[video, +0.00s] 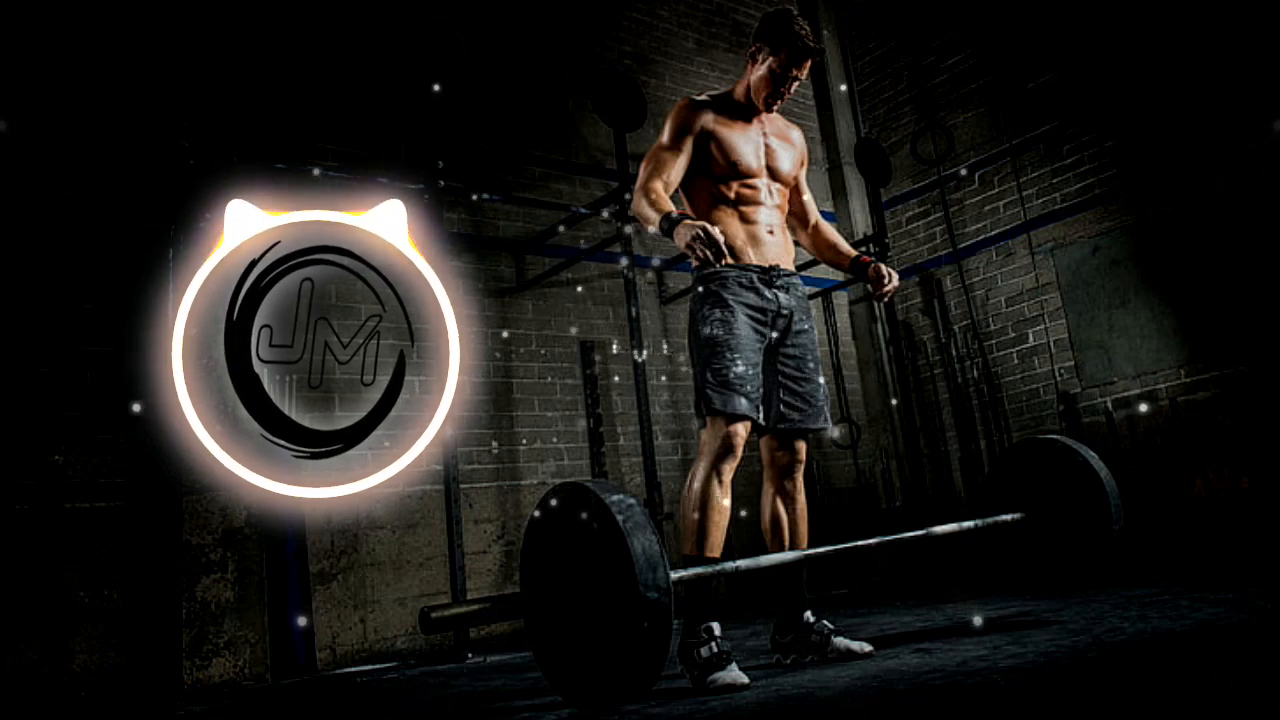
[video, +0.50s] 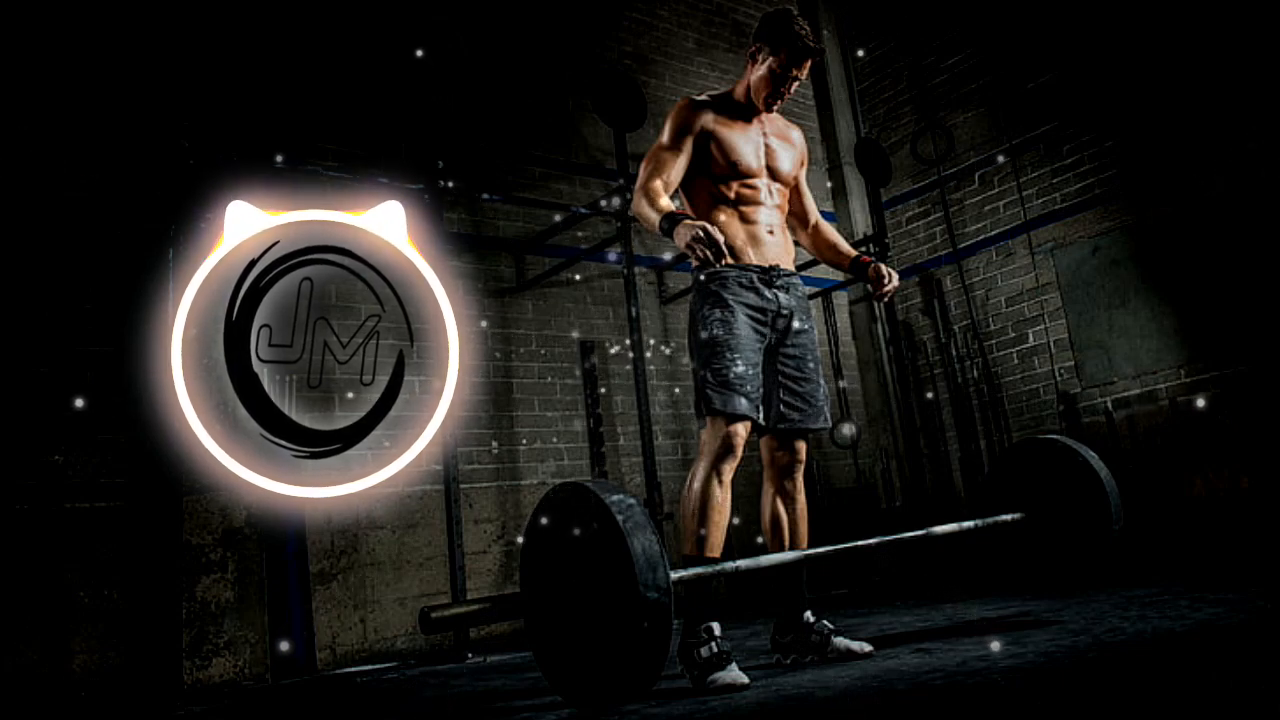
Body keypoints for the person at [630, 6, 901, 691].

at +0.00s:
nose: (789, 89)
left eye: (799, 79)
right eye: (787, 73)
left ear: (800, 76)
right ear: (756, 57)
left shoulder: (792, 137)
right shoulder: (698, 115)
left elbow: (807, 223)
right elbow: (645, 197)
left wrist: (860, 264)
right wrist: (675, 226)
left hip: (791, 297)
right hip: (731, 292)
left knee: (790, 455)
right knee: (730, 437)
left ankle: (798, 624)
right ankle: (699, 634)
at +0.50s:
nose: (789, 89)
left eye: (799, 79)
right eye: (787, 73)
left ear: (801, 76)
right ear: (756, 57)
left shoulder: (792, 137)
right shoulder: (698, 115)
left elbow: (808, 224)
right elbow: (646, 197)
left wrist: (860, 264)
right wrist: (675, 226)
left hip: (790, 297)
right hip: (730, 293)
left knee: (790, 455)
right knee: (730, 438)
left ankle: (797, 624)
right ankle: (699, 634)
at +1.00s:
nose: (789, 89)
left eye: (799, 79)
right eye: (787, 73)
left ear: (800, 76)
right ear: (756, 57)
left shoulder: (792, 137)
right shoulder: (697, 116)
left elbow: (808, 224)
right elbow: (646, 198)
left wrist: (860, 264)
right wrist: (676, 226)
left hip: (791, 297)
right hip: (731, 292)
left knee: (790, 455)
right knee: (729, 437)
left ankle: (797, 624)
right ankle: (699, 634)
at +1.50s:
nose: (788, 90)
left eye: (798, 80)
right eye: (785, 74)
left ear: (800, 77)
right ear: (756, 58)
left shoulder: (792, 137)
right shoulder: (697, 116)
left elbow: (809, 224)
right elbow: (645, 198)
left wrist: (860, 265)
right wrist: (674, 226)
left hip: (790, 297)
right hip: (730, 293)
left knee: (790, 454)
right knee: (729, 438)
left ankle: (797, 624)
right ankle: (699, 634)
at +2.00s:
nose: (789, 89)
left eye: (799, 79)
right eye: (786, 72)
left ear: (801, 76)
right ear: (756, 57)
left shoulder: (792, 137)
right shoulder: (697, 115)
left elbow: (808, 224)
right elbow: (646, 197)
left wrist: (860, 264)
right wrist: (677, 225)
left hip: (791, 297)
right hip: (731, 292)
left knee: (790, 455)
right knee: (730, 436)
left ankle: (796, 624)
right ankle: (699, 634)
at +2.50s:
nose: (788, 90)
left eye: (798, 80)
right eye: (785, 75)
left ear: (800, 77)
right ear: (756, 58)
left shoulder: (792, 136)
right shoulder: (697, 117)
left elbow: (808, 224)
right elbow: (645, 197)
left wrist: (861, 265)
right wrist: (676, 225)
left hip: (790, 297)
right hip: (730, 292)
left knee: (790, 455)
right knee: (729, 437)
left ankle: (796, 623)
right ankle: (698, 634)